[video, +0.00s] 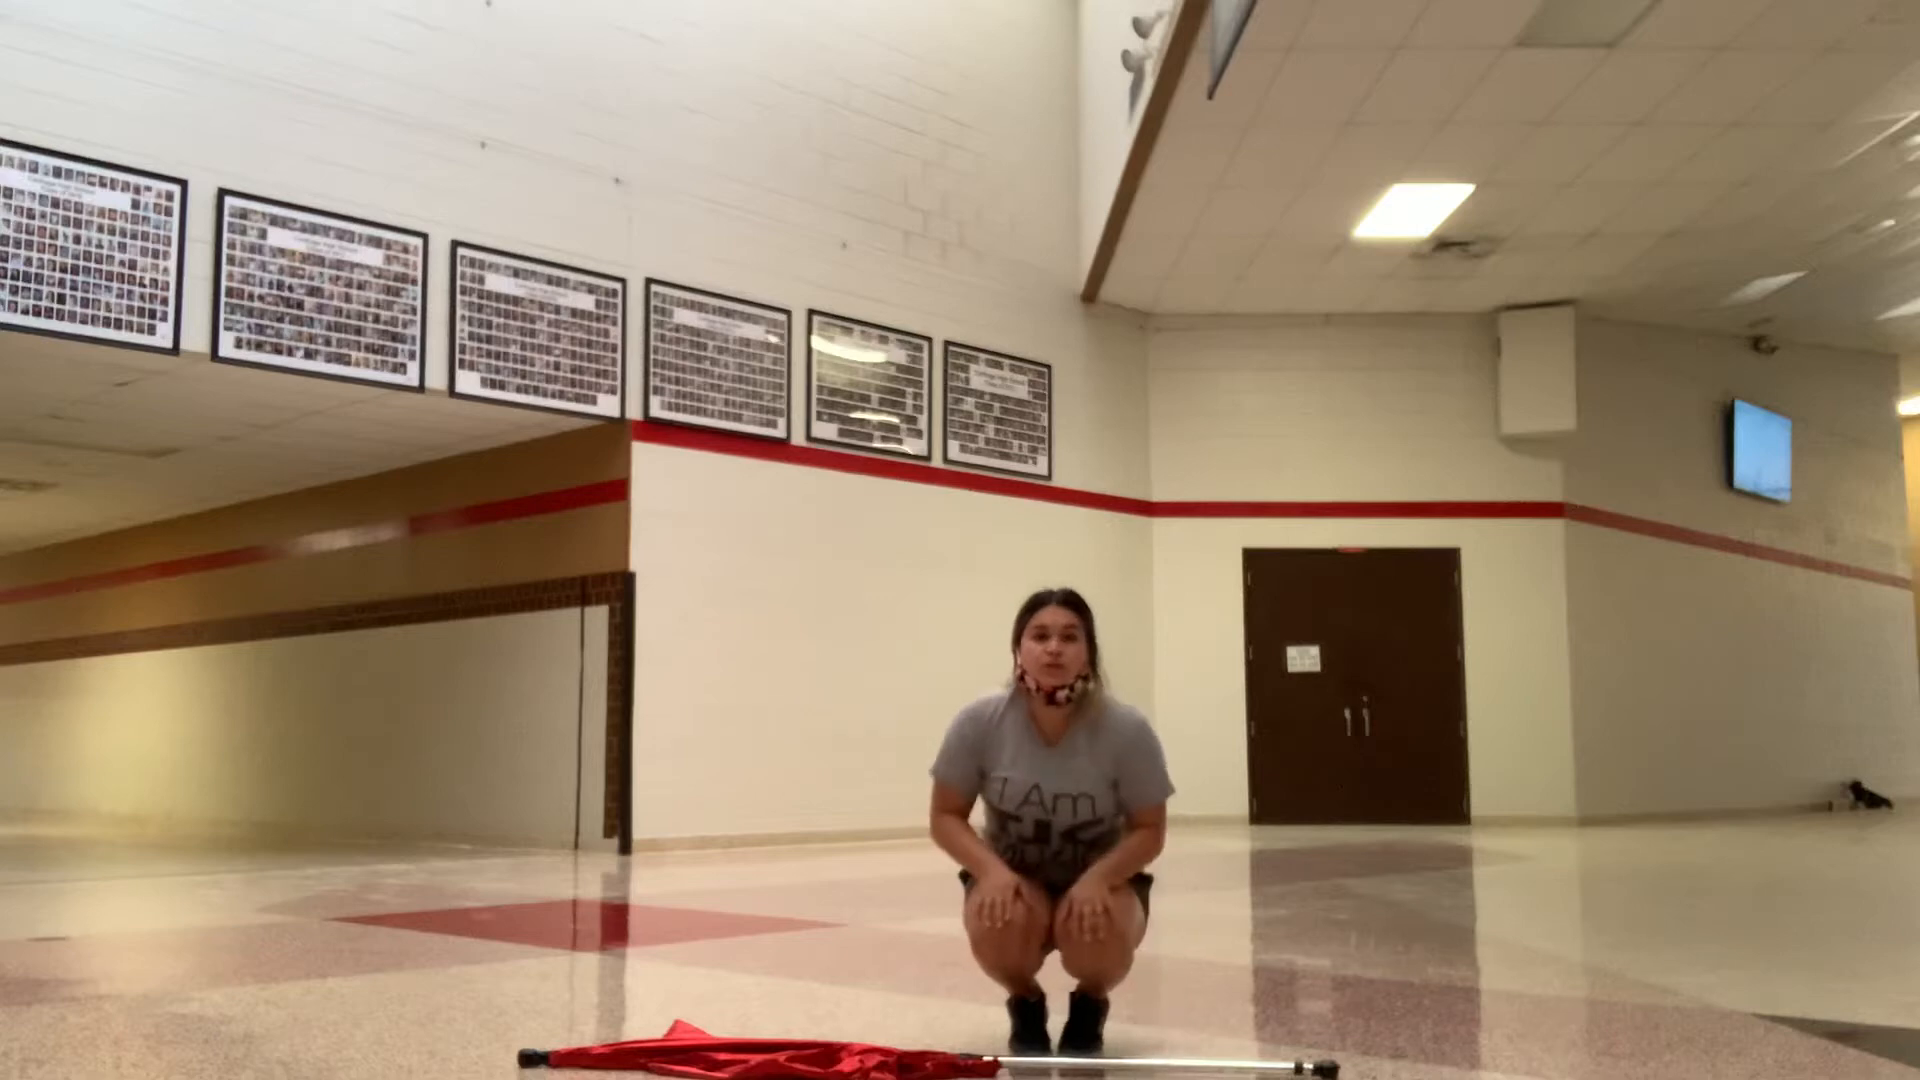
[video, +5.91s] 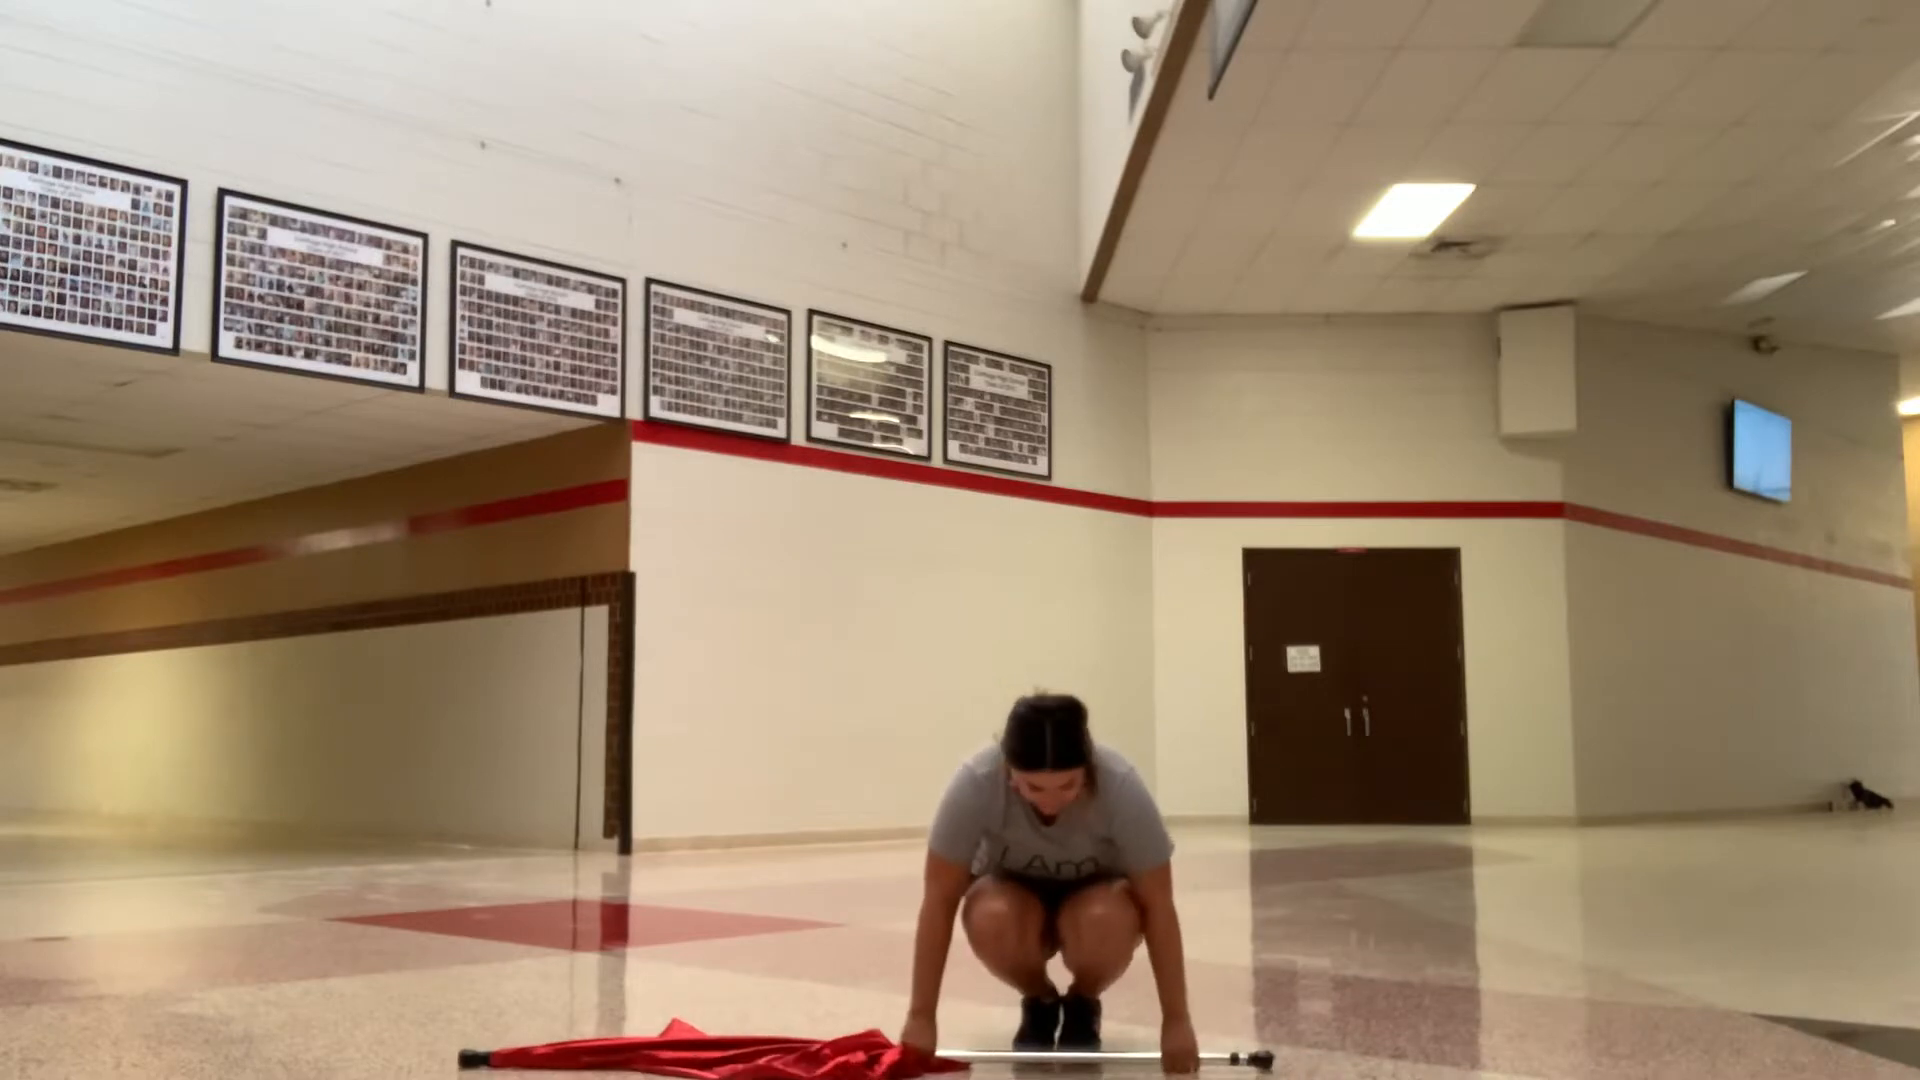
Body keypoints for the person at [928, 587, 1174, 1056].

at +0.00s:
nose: (1054, 648)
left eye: (1069, 637)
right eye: (1040, 636)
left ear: (1089, 654)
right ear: (1018, 652)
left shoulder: (1126, 731)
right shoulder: (981, 724)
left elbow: (1150, 831)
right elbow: (945, 818)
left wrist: (1096, 877)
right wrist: (991, 870)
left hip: (1102, 885)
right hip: (1016, 883)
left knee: (1098, 927)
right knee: (997, 918)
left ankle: (1089, 1004)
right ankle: (1024, 1001)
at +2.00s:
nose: (1051, 642)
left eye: (1065, 629)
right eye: (1037, 630)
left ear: (1086, 644)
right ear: (1015, 647)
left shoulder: (1124, 721)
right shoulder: (981, 722)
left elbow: (1151, 822)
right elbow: (949, 823)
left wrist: (1101, 878)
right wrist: (1001, 874)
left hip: (1097, 884)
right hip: (1010, 884)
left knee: (1097, 929)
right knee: (998, 928)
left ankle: (1088, 1006)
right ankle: (1022, 1004)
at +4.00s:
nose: (1049, 660)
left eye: (1064, 646)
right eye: (1034, 646)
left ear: (1087, 655)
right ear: (1015, 656)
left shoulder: (1126, 726)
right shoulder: (983, 727)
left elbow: (1154, 827)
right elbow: (946, 826)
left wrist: (1103, 879)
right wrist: (994, 875)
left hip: (1097, 883)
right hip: (1008, 882)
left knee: (1098, 930)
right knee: (997, 929)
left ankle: (1088, 1006)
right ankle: (1022, 1004)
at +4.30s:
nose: (1037, 722)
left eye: (1053, 707)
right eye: (1024, 706)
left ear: (1081, 698)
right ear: (1009, 697)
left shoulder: (1125, 749)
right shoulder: (979, 749)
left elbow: (1166, 844)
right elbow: (943, 841)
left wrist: (1154, 911)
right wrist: (939, 915)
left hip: (1095, 881)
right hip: (1007, 880)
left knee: (1100, 921)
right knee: (1000, 922)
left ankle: (1085, 1001)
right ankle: (1025, 1001)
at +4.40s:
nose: (1037, 741)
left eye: (1053, 726)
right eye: (1024, 726)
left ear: (1080, 715)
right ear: (1009, 715)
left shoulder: (1123, 760)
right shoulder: (981, 758)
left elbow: (1171, 860)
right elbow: (937, 856)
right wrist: (932, 954)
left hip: (1095, 882)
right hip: (1006, 881)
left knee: (1105, 918)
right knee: (1001, 920)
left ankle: (1085, 1002)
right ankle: (1025, 1001)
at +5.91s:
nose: (1050, 803)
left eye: (1066, 787)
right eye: (1034, 788)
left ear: (1085, 768)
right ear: (1011, 772)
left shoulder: (1122, 790)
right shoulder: (975, 787)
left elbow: (1159, 908)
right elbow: (939, 902)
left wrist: (1176, 1021)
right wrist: (921, 1016)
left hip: (1094, 907)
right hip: (1021, 907)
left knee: (1103, 920)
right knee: (991, 916)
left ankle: (1083, 1003)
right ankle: (1039, 1000)